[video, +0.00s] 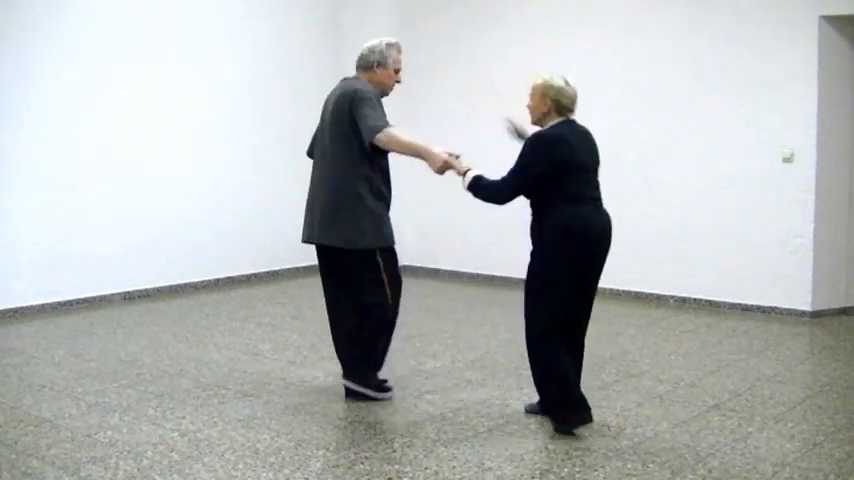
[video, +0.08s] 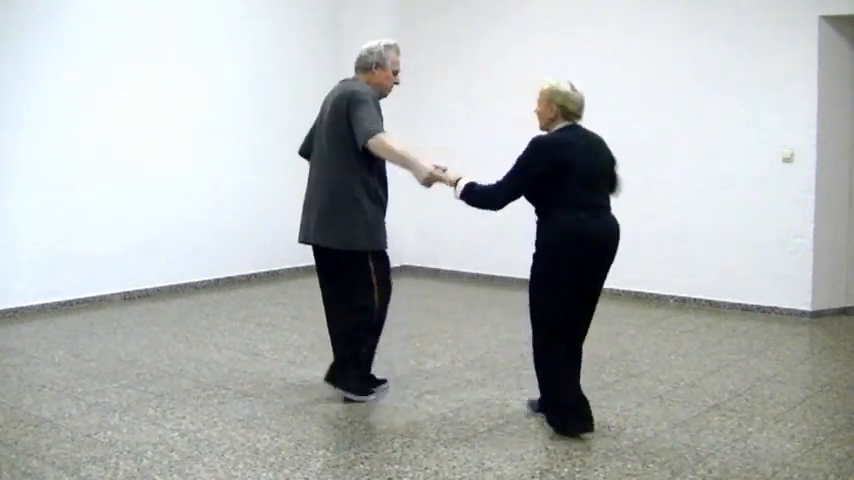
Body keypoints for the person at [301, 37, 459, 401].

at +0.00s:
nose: (399, 77)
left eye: (400, 70)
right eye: (396, 69)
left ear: (368, 67)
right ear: (377, 67)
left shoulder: (339, 94)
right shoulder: (362, 93)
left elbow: (316, 151)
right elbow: (380, 136)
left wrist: (358, 167)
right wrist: (429, 154)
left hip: (328, 219)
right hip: (359, 220)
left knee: (345, 297)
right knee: (384, 292)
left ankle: (356, 373)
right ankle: (362, 376)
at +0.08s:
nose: (397, 81)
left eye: (398, 73)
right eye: (395, 72)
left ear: (364, 69)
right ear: (375, 69)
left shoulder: (337, 95)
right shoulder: (361, 96)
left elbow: (310, 150)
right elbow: (372, 140)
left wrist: (349, 170)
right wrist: (417, 166)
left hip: (325, 221)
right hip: (355, 222)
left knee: (341, 296)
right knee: (374, 293)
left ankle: (344, 368)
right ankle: (355, 376)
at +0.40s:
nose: (387, 85)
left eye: (388, 78)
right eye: (384, 76)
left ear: (353, 74)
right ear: (363, 72)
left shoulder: (317, 101)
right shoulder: (361, 103)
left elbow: (271, 146)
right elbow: (410, 146)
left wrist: (252, 188)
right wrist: (465, 164)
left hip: (312, 223)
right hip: (336, 225)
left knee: (366, 279)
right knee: (347, 296)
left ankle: (354, 366)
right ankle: (331, 383)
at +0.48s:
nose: (387, 83)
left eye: (387, 76)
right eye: (384, 75)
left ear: (353, 73)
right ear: (363, 72)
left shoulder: (316, 100)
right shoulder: (362, 103)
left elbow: (270, 143)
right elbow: (419, 137)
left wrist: (246, 184)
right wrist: (474, 151)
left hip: (313, 220)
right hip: (335, 223)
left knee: (367, 278)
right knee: (342, 299)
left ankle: (358, 362)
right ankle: (330, 384)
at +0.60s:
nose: (391, 84)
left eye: (391, 77)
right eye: (387, 76)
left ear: (358, 75)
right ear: (366, 73)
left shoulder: (322, 101)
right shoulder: (366, 102)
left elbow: (277, 142)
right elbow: (419, 134)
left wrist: (248, 179)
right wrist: (470, 151)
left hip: (319, 220)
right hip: (339, 223)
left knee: (365, 287)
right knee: (342, 298)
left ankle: (372, 366)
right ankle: (331, 383)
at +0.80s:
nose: (410, 82)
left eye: (411, 75)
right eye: (405, 74)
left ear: (380, 74)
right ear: (384, 72)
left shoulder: (356, 99)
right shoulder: (374, 101)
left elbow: (327, 144)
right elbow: (402, 145)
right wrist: (449, 162)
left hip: (354, 220)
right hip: (357, 222)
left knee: (380, 290)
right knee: (368, 294)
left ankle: (373, 367)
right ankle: (341, 371)